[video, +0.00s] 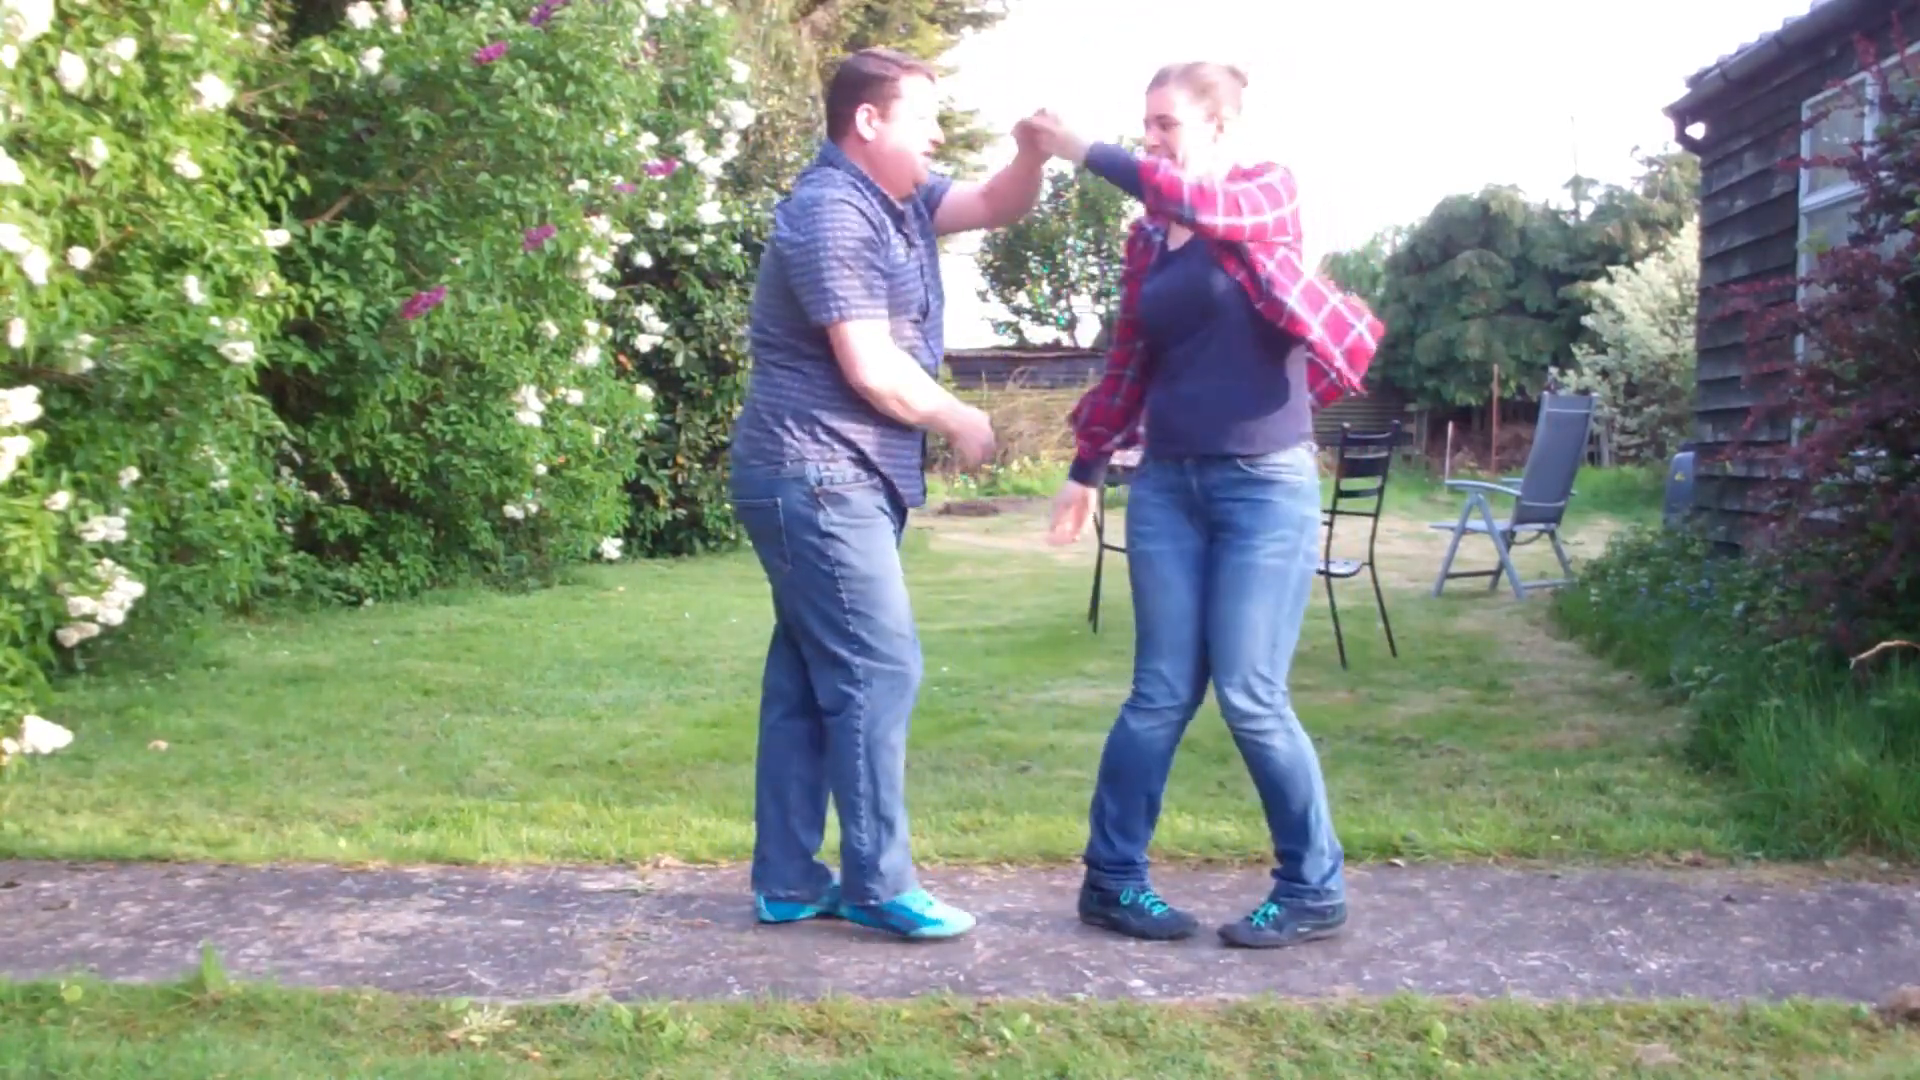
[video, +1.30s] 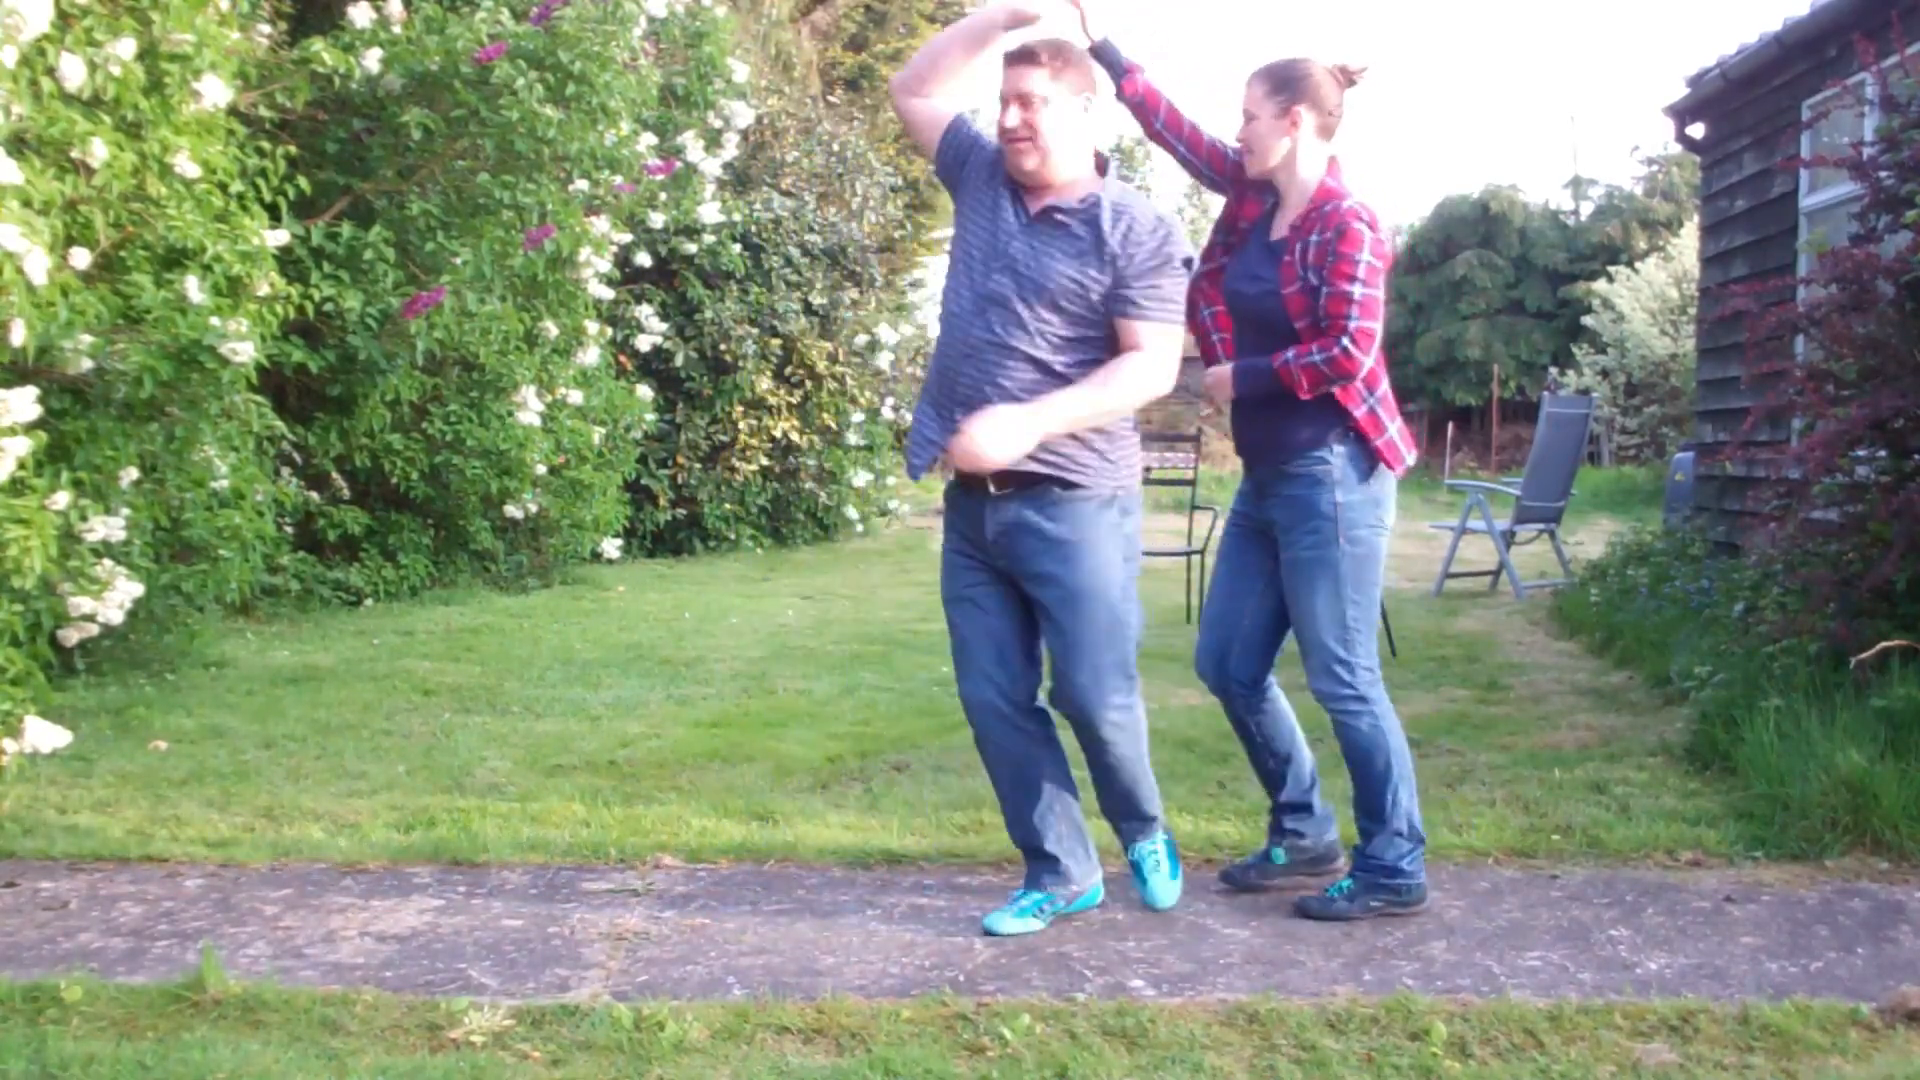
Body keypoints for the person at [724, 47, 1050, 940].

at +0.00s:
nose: (936, 143)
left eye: (935, 126)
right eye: (923, 124)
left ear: (875, 123)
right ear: (867, 123)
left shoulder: (897, 196)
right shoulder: (831, 209)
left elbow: (994, 204)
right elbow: (869, 365)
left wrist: (1033, 153)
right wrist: (957, 419)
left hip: (852, 470)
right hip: (811, 470)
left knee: (805, 679)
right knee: (880, 666)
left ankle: (788, 879)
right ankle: (880, 883)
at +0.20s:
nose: (955, 140)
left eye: (953, 121)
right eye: (944, 121)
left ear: (896, 124)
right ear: (894, 122)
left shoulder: (910, 200)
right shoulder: (862, 199)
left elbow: (992, 261)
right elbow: (963, 304)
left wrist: (1053, 254)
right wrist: (996, 262)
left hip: (869, 476)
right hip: (842, 475)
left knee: (821, 686)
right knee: (896, 680)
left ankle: (789, 878)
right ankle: (937, 882)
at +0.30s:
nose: (972, 144)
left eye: (972, 128)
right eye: (961, 126)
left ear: (908, 124)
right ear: (910, 121)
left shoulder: (911, 205)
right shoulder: (879, 191)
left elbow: (996, 292)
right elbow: (1013, 250)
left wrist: (1069, 300)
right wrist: (1024, 191)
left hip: (877, 478)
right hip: (872, 478)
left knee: (844, 686)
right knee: (918, 682)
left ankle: (794, 873)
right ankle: (943, 887)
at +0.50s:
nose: (1014, 125)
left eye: (1012, 110)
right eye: (999, 108)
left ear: (956, 120)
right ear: (948, 117)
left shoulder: (978, 220)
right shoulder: (911, 183)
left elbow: (1003, 350)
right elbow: (1044, 162)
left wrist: (1092, 365)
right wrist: (1111, 120)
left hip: (971, 478)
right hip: (921, 471)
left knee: (979, 673)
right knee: (958, 680)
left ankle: (847, 822)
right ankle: (951, 889)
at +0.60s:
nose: (1039, 118)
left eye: (1035, 102)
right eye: (1022, 103)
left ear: (976, 119)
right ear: (969, 118)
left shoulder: (1003, 227)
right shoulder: (926, 187)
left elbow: (1012, 361)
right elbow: (1056, 137)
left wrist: (1097, 389)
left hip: (1003, 489)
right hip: (945, 477)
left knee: (1045, 662)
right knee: (977, 688)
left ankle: (916, 810)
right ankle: (952, 889)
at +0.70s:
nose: (1054, 119)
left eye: (1053, 108)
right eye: (1037, 107)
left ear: (994, 123)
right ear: (982, 120)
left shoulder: (1025, 227)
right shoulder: (944, 187)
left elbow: (1026, 374)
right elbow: (1060, 122)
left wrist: (1115, 416)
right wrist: (1055, 106)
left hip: (1035, 500)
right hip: (966, 487)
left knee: (1081, 664)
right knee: (995, 690)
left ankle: (1022, 846)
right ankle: (953, 888)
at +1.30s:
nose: (1010, 119)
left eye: (1032, 104)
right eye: (1005, 102)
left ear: (1089, 113)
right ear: (997, 106)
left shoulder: (1137, 229)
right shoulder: (980, 179)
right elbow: (914, 92)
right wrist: (996, 21)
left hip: (1079, 504)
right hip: (974, 505)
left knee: (1093, 695)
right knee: (994, 700)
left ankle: (1142, 834)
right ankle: (1061, 873)